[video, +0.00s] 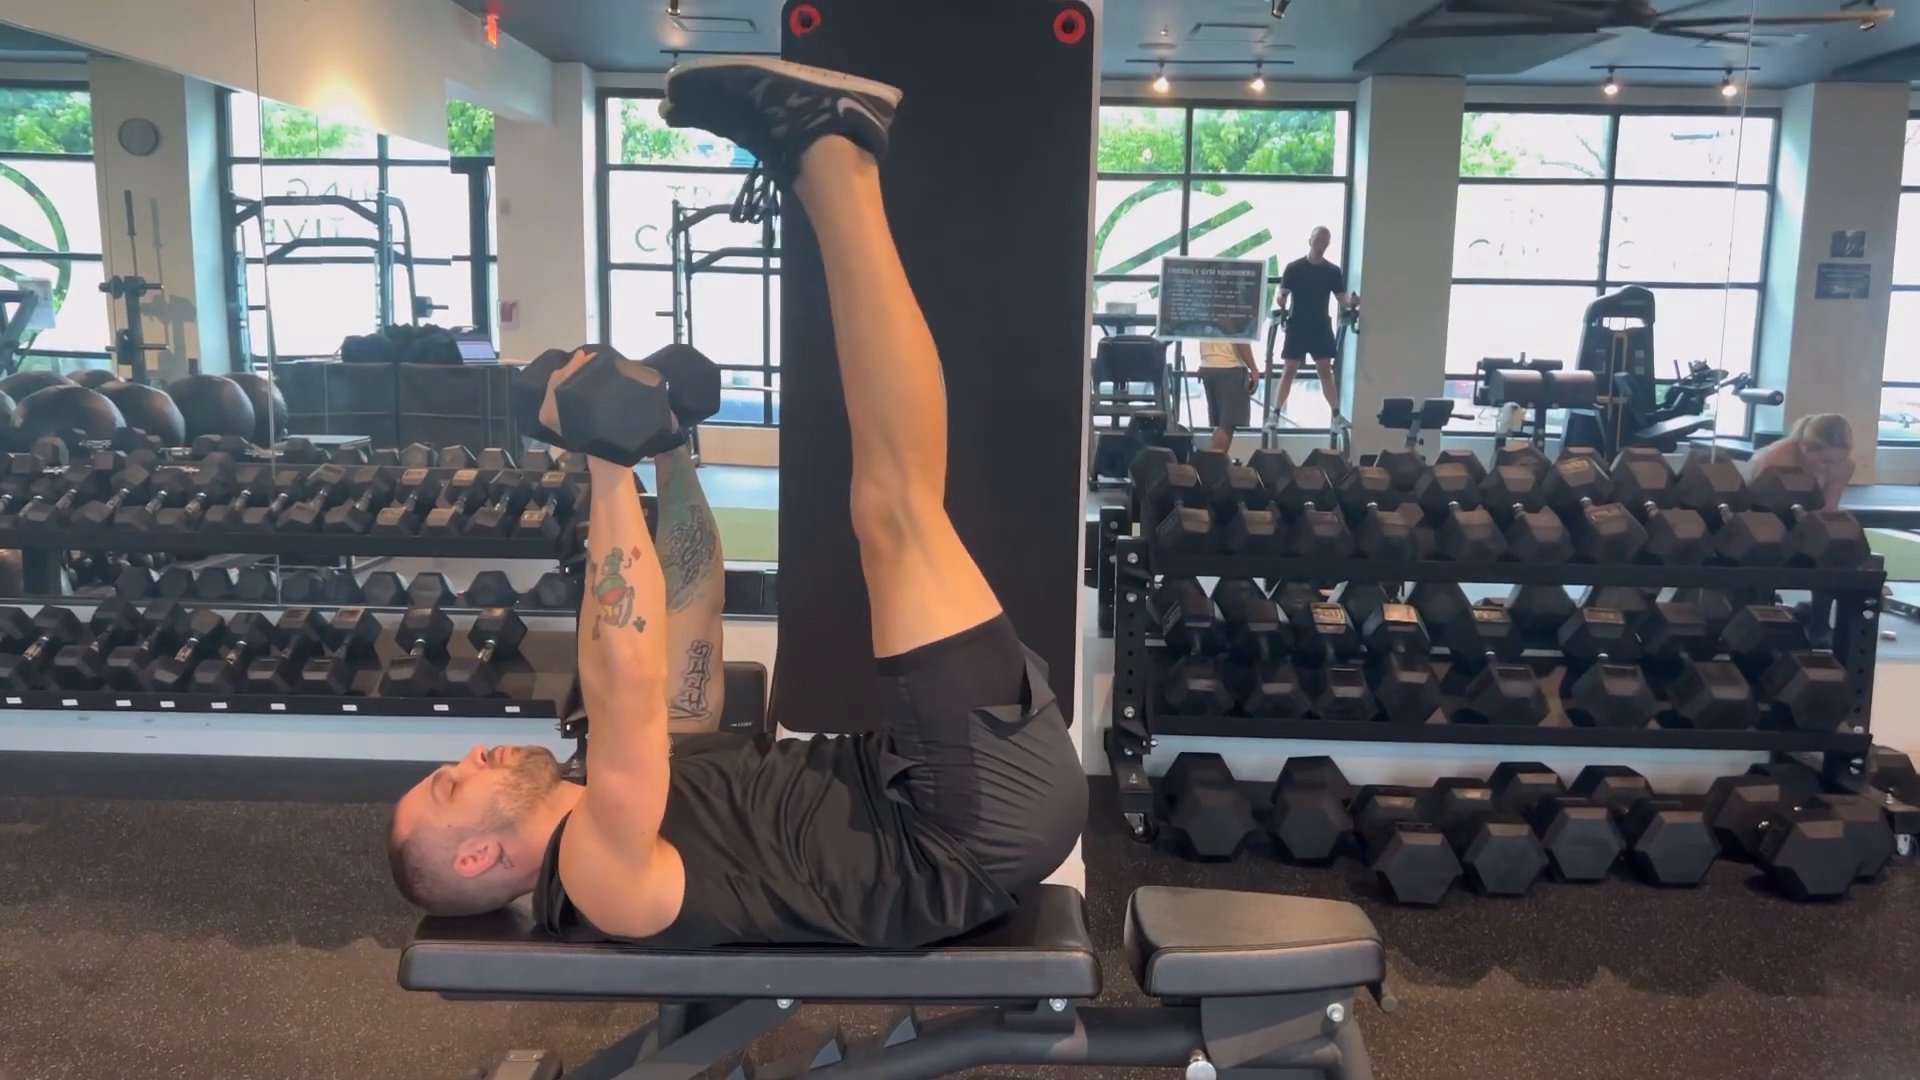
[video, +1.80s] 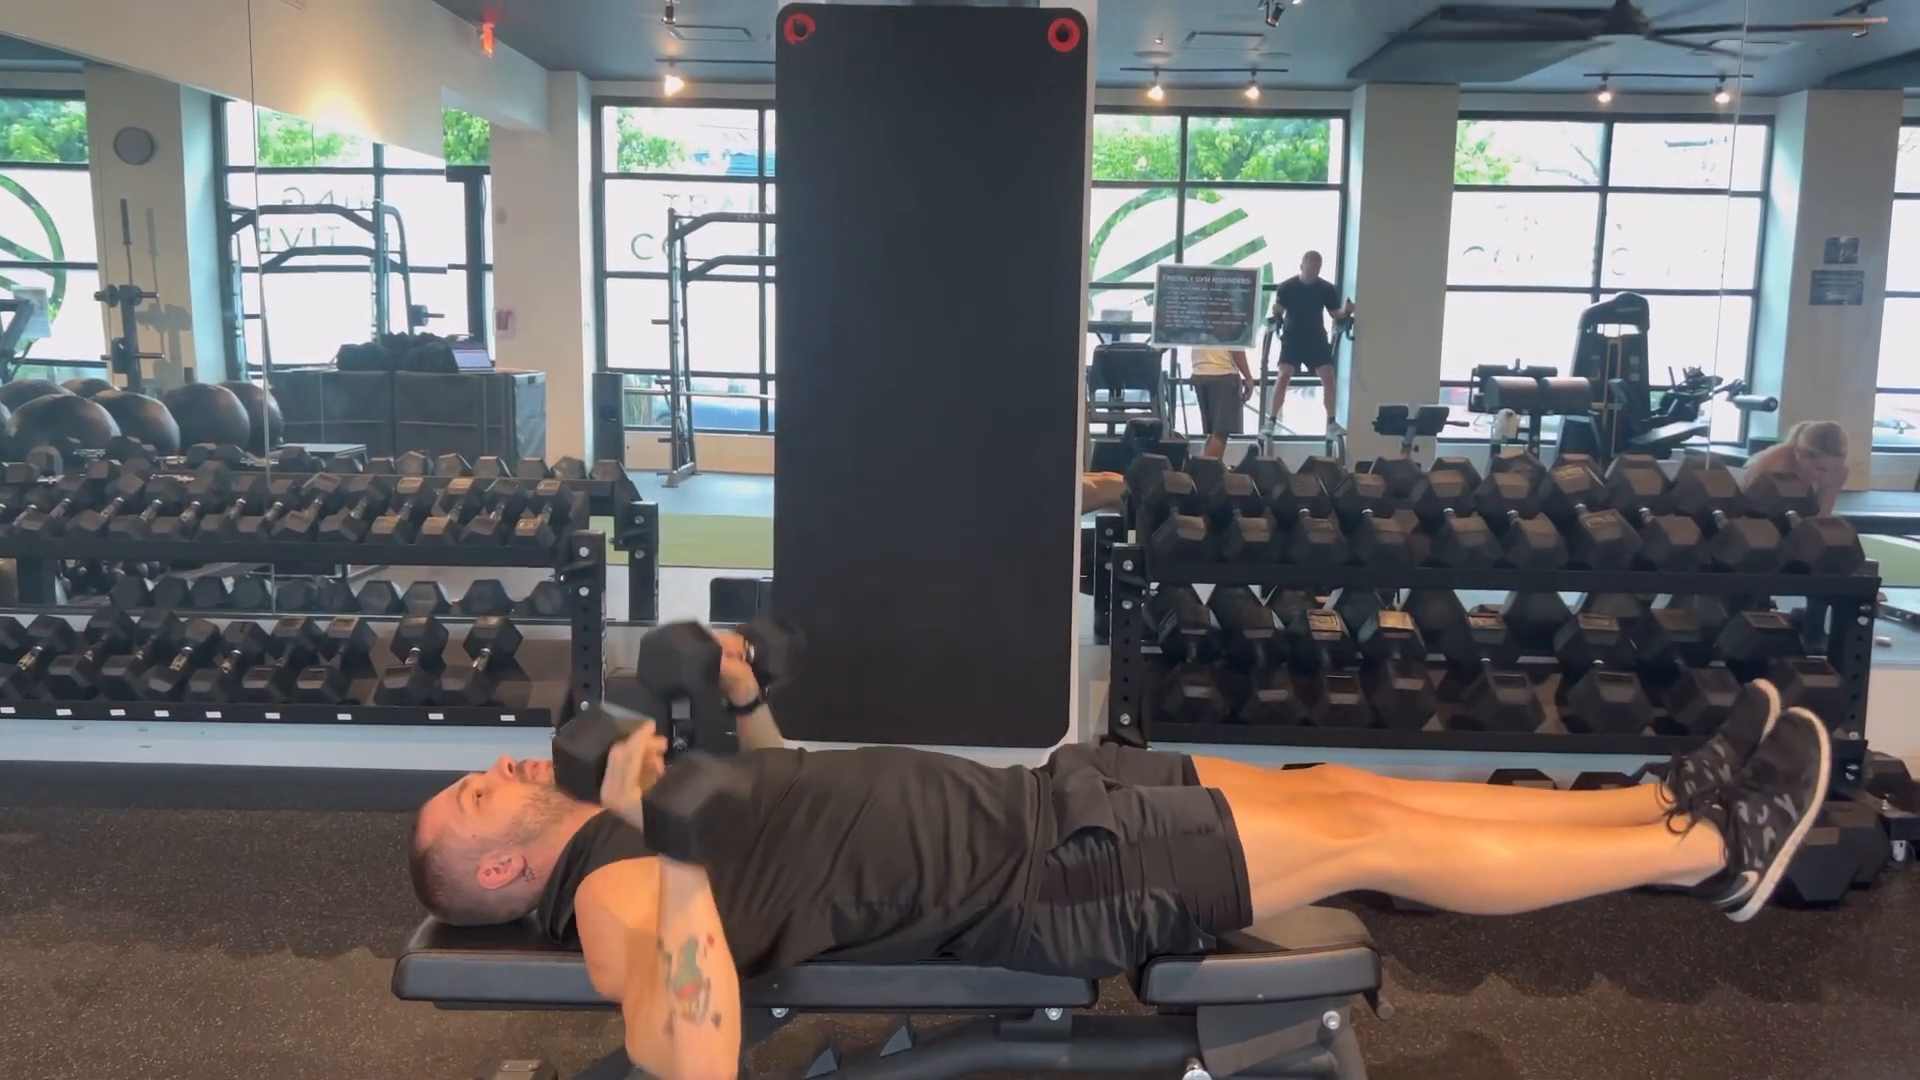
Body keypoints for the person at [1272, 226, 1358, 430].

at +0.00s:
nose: (1320, 246)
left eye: (1324, 243)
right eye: (1317, 242)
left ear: (1328, 245)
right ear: (1310, 241)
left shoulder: (1333, 271)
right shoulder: (1294, 268)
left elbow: (1342, 299)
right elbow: (1281, 296)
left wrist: (1352, 301)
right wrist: (1283, 309)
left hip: (1320, 325)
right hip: (1297, 324)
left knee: (1325, 371)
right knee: (1289, 370)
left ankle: (1336, 414)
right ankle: (1276, 412)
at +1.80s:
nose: (1311, 273)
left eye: (1315, 269)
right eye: (1308, 269)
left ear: (1319, 269)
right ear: (1301, 266)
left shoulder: (1327, 289)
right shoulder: (1288, 287)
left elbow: (1335, 315)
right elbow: (1277, 309)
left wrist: (1345, 311)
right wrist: (1277, 315)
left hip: (1316, 337)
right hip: (1292, 337)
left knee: (1328, 378)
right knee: (1284, 376)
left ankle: (1331, 423)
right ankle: (1272, 420)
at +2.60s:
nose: (1307, 282)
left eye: (1310, 278)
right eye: (1303, 278)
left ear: (1315, 278)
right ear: (1297, 277)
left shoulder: (1321, 300)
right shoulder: (1285, 300)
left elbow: (1333, 323)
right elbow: (1271, 324)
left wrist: (1344, 319)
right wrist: (1272, 319)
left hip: (1314, 352)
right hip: (1291, 353)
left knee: (1314, 399)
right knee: (1290, 399)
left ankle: (1311, 442)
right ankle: (1286, 441)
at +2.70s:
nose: (1306, 284)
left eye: (1309, 280)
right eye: (1302, 279)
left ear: (1314, 280)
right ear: (1296, 279)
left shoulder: (1320, 301)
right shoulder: (1284, 301)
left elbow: (1334, 323)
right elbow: (1272, 333)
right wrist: (1273, 321)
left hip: (1312, 356)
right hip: (1289, 356)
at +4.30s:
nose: (1303, 288)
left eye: (1306, 284)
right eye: (1299, 284)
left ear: (1310, 287)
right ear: (1293, 288)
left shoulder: (1320, 311)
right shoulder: (1284, 312)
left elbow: (1332, 334)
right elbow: (1271, 332)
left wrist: (1343, 328)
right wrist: (1271, 329)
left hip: (1314, 358)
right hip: (1291, 357)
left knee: (1319, 393)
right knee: (1299, 381)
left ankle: (1323, 435)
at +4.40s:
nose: (1303, 285)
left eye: (1306, 282)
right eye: (1299, 282)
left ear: (1310, 286)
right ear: (1292, 286)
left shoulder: (1320, 310)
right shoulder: (1283, 311)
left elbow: (1332, 334)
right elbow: (1272, 336)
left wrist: (1342, 329)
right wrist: (1272, 329)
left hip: (1314, 358)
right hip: (1289, 359)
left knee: (1323, 357)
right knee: (1301, 353)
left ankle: (1330, 391)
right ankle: (1309, 396)